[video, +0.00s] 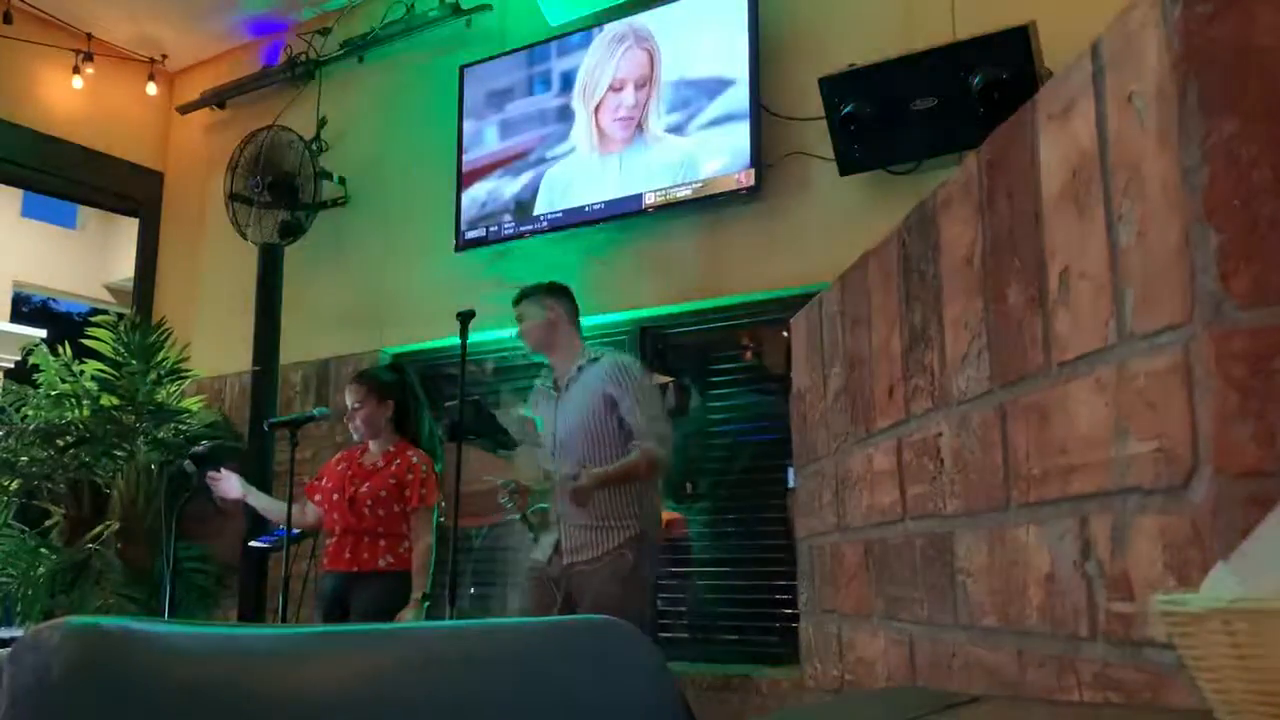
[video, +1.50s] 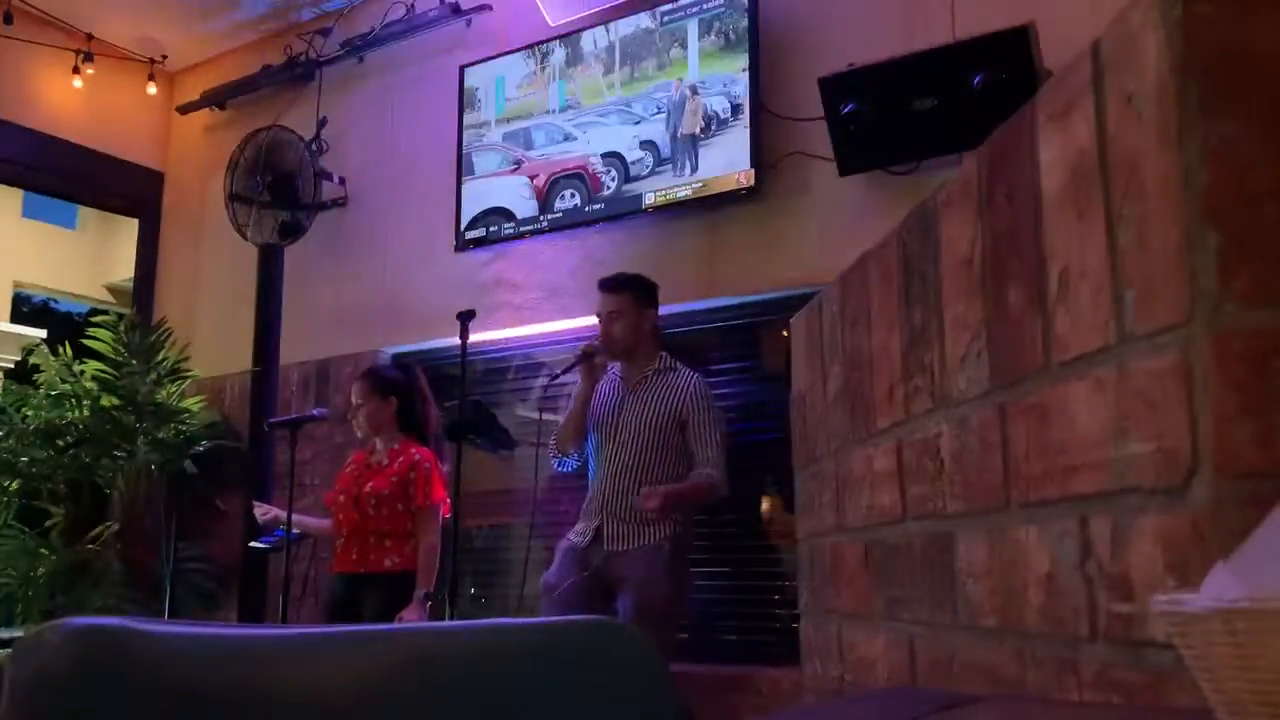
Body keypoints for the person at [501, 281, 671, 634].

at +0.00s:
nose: (519, 332)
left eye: (524, 320)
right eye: (518, 322)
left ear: (554, 315)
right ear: (549, 319)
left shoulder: (616, 370)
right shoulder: (542, 393)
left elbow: (656, 449)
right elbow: (553, 468)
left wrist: (596, 478)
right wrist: (527, 491)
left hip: (614, 551)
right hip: (554, 551)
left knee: (613, 665)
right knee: (539, 659)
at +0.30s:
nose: (581, 318)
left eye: (590, 307)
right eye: (575, 311)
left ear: (621, 312)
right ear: (572, 323)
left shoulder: (670, 381)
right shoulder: (574, 395)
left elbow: (717, 460)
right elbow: (572, 471)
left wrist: (662, 486)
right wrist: (551, 477)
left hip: (654, 545)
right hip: (587, 544)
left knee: (644, 662)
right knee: (555, 646)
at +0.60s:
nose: (618, 307)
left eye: (630, 298)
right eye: (613, 300)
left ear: (660, 309)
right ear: (610, 313)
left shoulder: (701, 383)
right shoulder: (600, 386)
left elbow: (741, 473)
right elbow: (566, 472)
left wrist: (728, 460)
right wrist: (574, 429)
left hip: (663, 542)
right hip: (592, 537)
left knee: (651, 664)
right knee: (566, 646)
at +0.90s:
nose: (628, 319)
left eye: (640, 309)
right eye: (625, 309)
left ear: (670, 320)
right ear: (619, 316)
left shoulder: (706, 395)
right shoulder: (595, 386)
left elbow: (729, 482)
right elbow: (569, 458)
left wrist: (701, 514)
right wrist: (602, 396)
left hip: (668, 541)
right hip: (596, 537)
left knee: (670, 649)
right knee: (567, 631)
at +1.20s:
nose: (623, 318)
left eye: (637, 307)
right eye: (619, 307)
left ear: (667, 316)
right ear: (615, 312)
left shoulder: (703, 384)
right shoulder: (600, 375)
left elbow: (738, 461)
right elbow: (568, 441)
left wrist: (721, 511)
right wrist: (598, 380)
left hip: (662, 542)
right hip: (594, 538)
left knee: (654, 652)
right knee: (577, 646)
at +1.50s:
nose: (602, 329)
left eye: (614, 317)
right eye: (600, 318)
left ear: (649, 320)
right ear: (598, 320)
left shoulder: (686, 386)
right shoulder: (598, 384)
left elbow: (713, 475)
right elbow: (563, 456)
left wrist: (672, 494)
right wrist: (585, 386)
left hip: (650, 543)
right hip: (588, 538)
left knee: (640, 658)